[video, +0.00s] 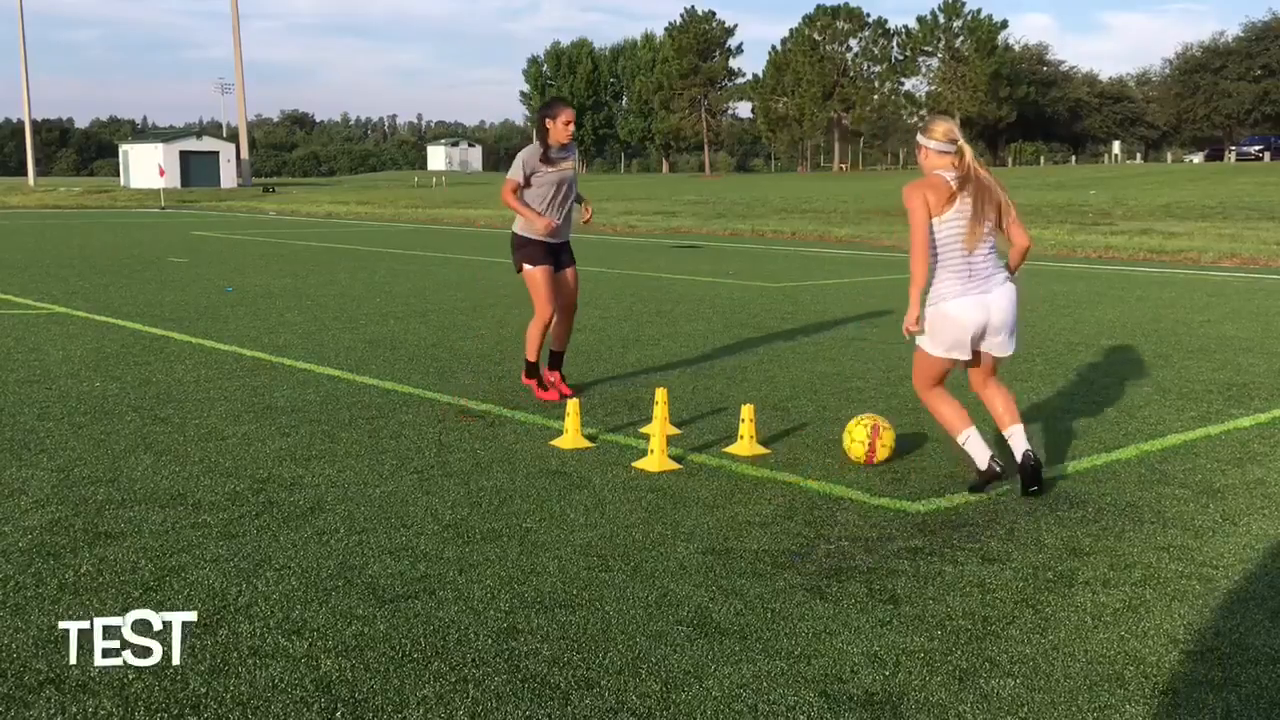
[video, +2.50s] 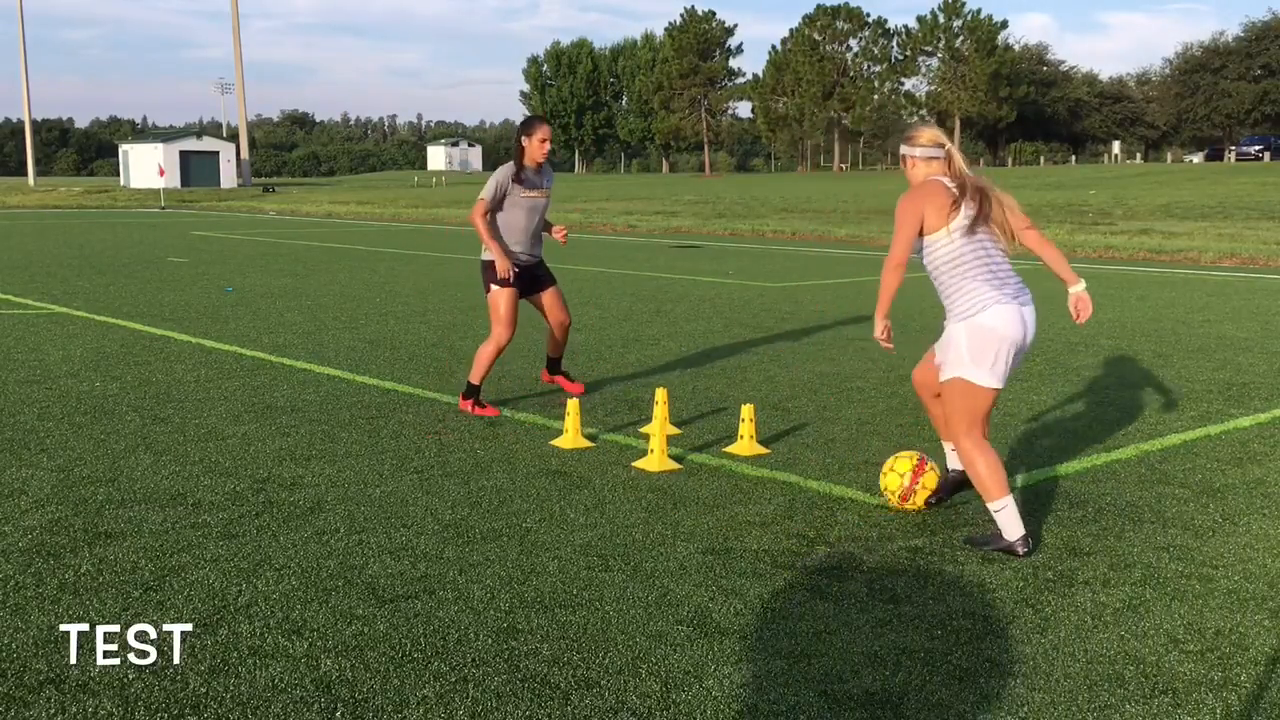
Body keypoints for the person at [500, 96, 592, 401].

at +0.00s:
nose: (572, 129)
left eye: (573, 124)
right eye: (566, 124)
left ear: (572, 126)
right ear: (548, 124)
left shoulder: (569, 153)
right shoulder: (529, 155)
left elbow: (564, 187)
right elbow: (507, 194)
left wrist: (583, 201)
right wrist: (535, 218)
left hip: (560, 241)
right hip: (531, 241)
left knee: (568, 307)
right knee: (545, 311)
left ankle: (553, 372)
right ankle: (531, 374)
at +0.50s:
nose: (591, 160)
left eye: (593, 155)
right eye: (586, 155)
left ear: (593, 155)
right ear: (569, 151)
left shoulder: (583, 177)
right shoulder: (551, 178)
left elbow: (582, 206)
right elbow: (521, 213)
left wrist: (607, 225)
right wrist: (527, 249)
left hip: (567, 256)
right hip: (542, 256)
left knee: (580, 316)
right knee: (574, 315)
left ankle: (570, 374)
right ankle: (536, 367)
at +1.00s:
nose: (542, 173)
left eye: (545, 167)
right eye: (537, 167)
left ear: (548, 164)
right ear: (522, 162)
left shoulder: (551, 188)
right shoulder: (500, 188)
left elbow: (566, 216)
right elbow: (471, 225)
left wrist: (581, 211)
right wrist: (470, 258)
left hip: (531, 273)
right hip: (497, 272)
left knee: (555, 329)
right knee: (497, 336)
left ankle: (563, 375)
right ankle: (460, 389)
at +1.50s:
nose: (510, 169)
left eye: (514, 162)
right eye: (504, 162)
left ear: (519, 160)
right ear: (489, 157)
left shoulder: (523, 187)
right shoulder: (465, 186)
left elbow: (526, 226)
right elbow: (436, 226)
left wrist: (541, 262)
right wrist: (422, 270)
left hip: (510, 270)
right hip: (469, 268)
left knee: (507, 341)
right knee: (461, 324)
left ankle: (494, 403)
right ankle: (484, 395)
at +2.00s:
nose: (512, 158)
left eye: (516, 152)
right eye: (506, 151)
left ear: (518, 155)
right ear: (489, 152)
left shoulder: (519, 187)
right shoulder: (468, 185)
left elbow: (511, 221)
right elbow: (442, 229)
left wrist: (521, 240)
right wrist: (443, 268)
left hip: (499, 275)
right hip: (465, 272)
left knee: (524, 343)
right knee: (462, 340)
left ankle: (499, 393)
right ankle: (426, 416)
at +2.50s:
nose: (548, 147)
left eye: (550, 142)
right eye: (543, 141)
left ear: (548, 144)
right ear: (524, 141)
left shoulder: (546, 175)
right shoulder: (506, 174)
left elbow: (533, 216)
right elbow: (477, 214)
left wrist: (551, 228)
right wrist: (499, 254)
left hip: (532, 262)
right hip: (501, 261)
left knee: (561, 320)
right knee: (502, 333)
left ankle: (553, 371)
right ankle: (469, 396)